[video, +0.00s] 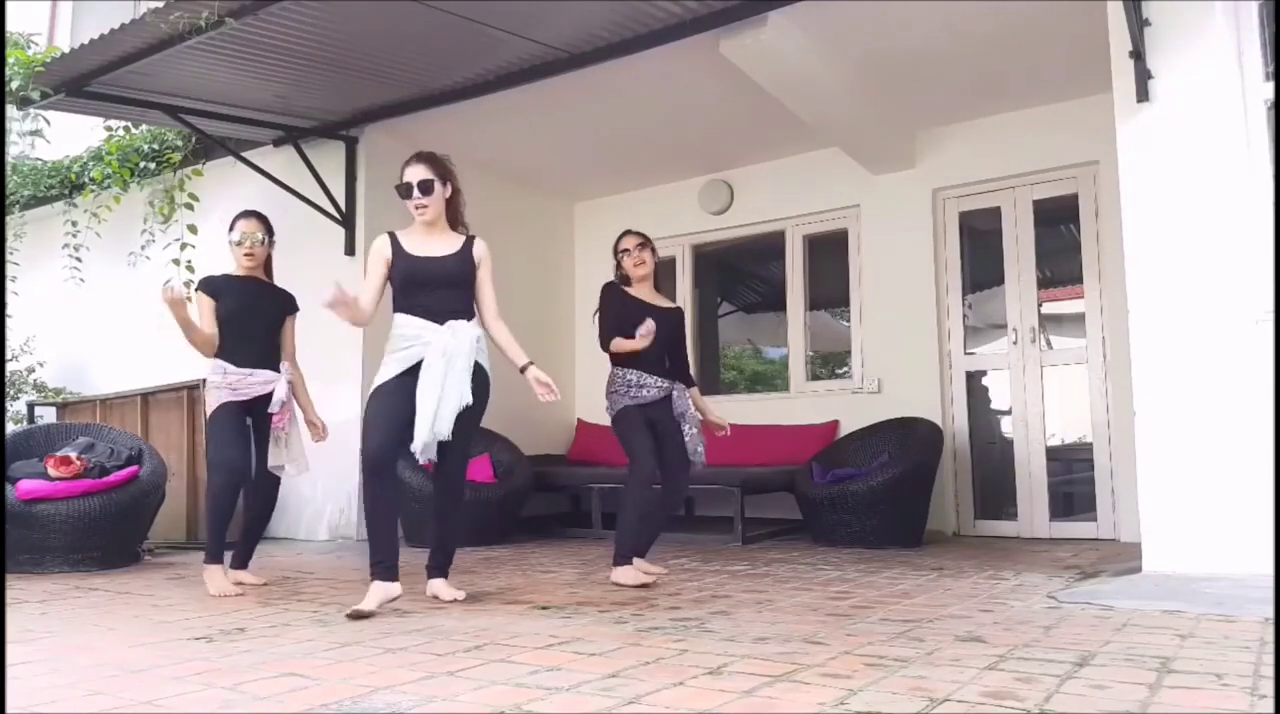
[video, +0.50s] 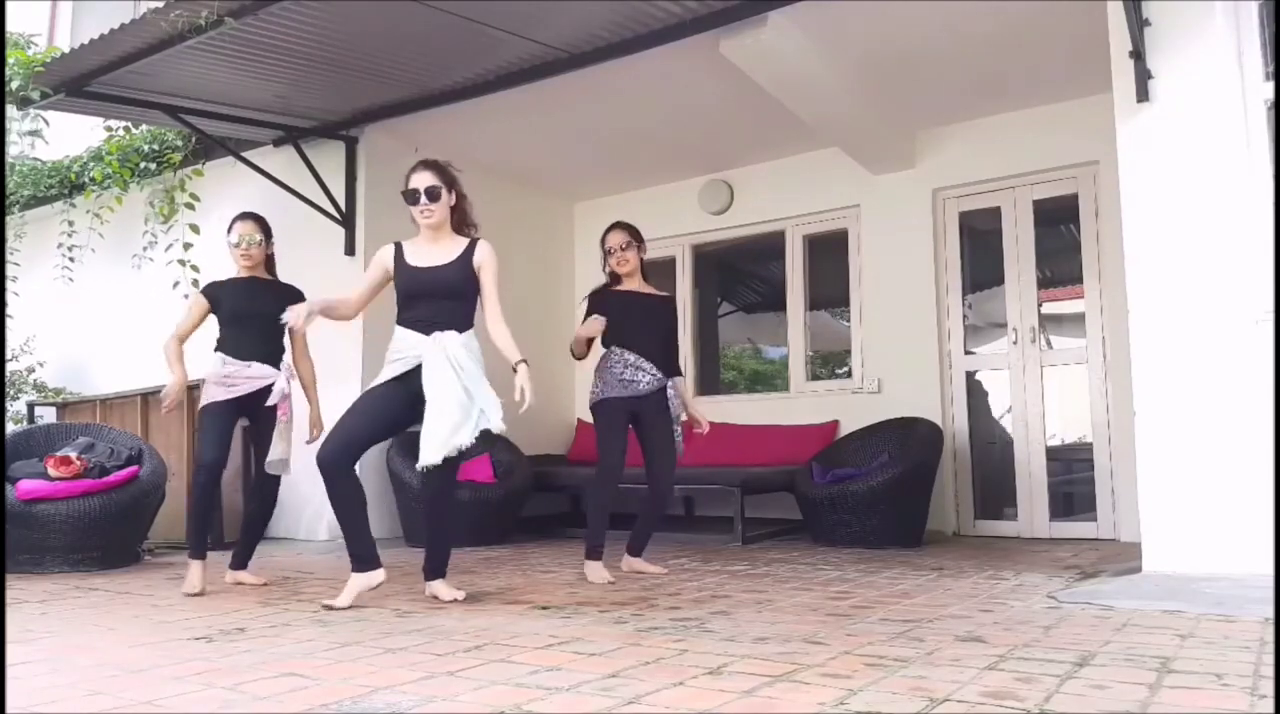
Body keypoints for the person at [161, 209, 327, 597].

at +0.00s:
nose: (249, 247)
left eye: (257, 239)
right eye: (240, 240)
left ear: (270, 246)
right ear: (230, 246)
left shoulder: (283, 299)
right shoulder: (212, 287)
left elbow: (290, 363)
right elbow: (208, 347)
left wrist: (309, 412)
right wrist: (180, 314)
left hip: (272, 392)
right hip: (227, 389)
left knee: (268, 479)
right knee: (230, 468)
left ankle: (240, 564)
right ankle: (214, 564)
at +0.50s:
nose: (246, 249)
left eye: (254, 241)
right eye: (238, 242)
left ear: (269, 246)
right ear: (230, 248)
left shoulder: (289, 295)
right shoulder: (217, 291)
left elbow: (301, 355)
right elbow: (175, 339)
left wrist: (314, 407)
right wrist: (178, 377)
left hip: (271, 389)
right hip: (224, 386)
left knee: (269, 477)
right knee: (209, 466)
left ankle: (238, 566)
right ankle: (196, 562)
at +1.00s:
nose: (239, 249)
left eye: (248, 241)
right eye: (233, 243)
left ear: (267, 246)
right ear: (228, 248)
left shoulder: (285, 295)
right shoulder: (219, 292)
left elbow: (295, 352)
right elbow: (188, 340)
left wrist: (303, 400)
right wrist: (191, 347)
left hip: (275, 391)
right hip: (234, 391)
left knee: (265, 477)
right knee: (200, 464)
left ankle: (266, 564)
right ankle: (222, 553)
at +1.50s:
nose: (237, 251)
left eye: (246, 244)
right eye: (231, 245)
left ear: (263, 250)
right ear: (224, 251)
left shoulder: (281, 295)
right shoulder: (215, 299)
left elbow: (286, 356)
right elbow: (209, 358)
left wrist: (283, 406)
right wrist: (192, 404)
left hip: (260, 393)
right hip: (217, 393)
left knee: (239, 476)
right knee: (208, 479)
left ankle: (265, 564)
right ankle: (231, 565)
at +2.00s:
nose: (254, 246)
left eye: (263, 239)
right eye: (248, 239)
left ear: (281, 244)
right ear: (240, 242)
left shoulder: (291, 288)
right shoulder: (231, 284)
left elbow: (319, 345)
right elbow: (230, 334)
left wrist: (341, 399)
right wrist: (225, 377)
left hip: (264, 383)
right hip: (224, 382)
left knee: (273, 468)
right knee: (218, 473)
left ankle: (327, 540)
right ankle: (231, 563)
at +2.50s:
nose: (302, 264)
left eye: (309, 256)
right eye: (294, 259)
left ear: (324, 259)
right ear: (287, 264)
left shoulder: (349, 301)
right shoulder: (283, 301)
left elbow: (318, 317)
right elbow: (248, 359)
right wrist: (207, 385)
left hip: (324, 398)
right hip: (278, 395)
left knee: (349, 481)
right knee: (253, 483)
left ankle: (353, 561)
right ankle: (226, 555)